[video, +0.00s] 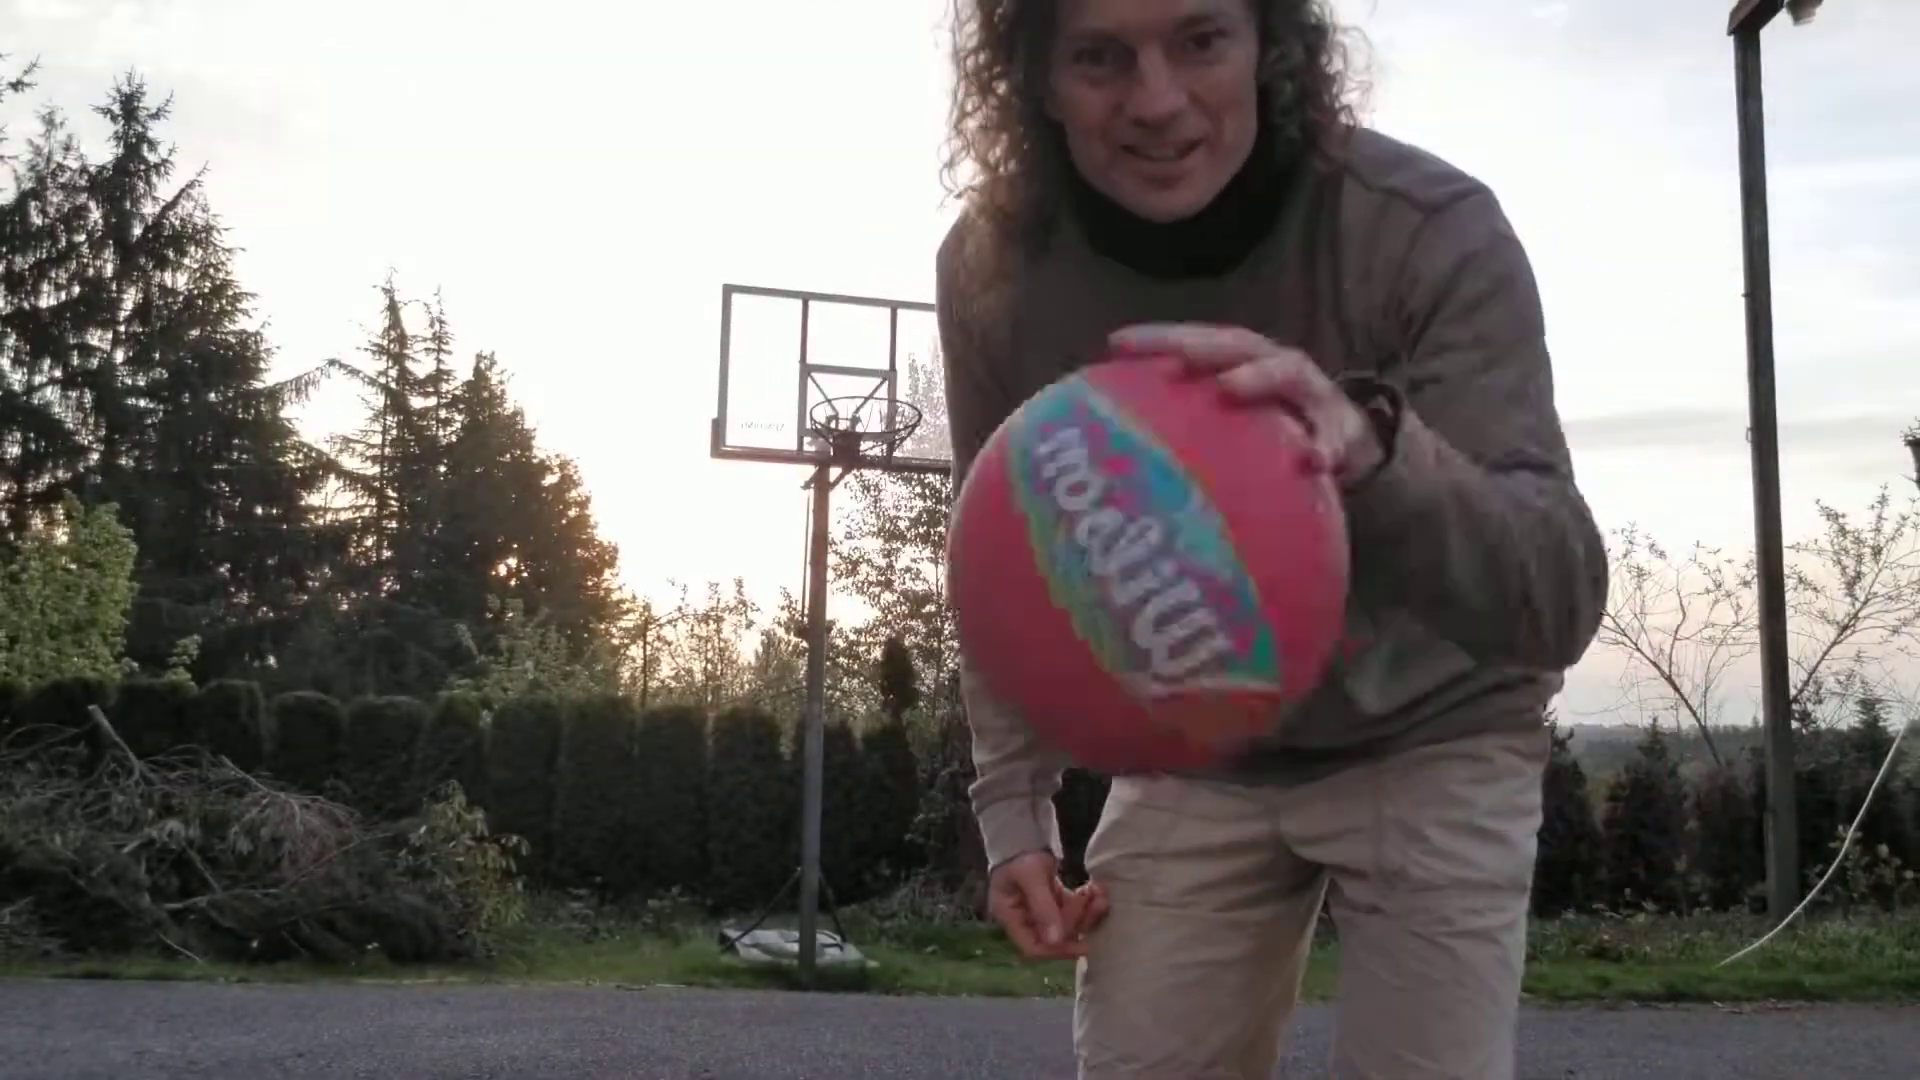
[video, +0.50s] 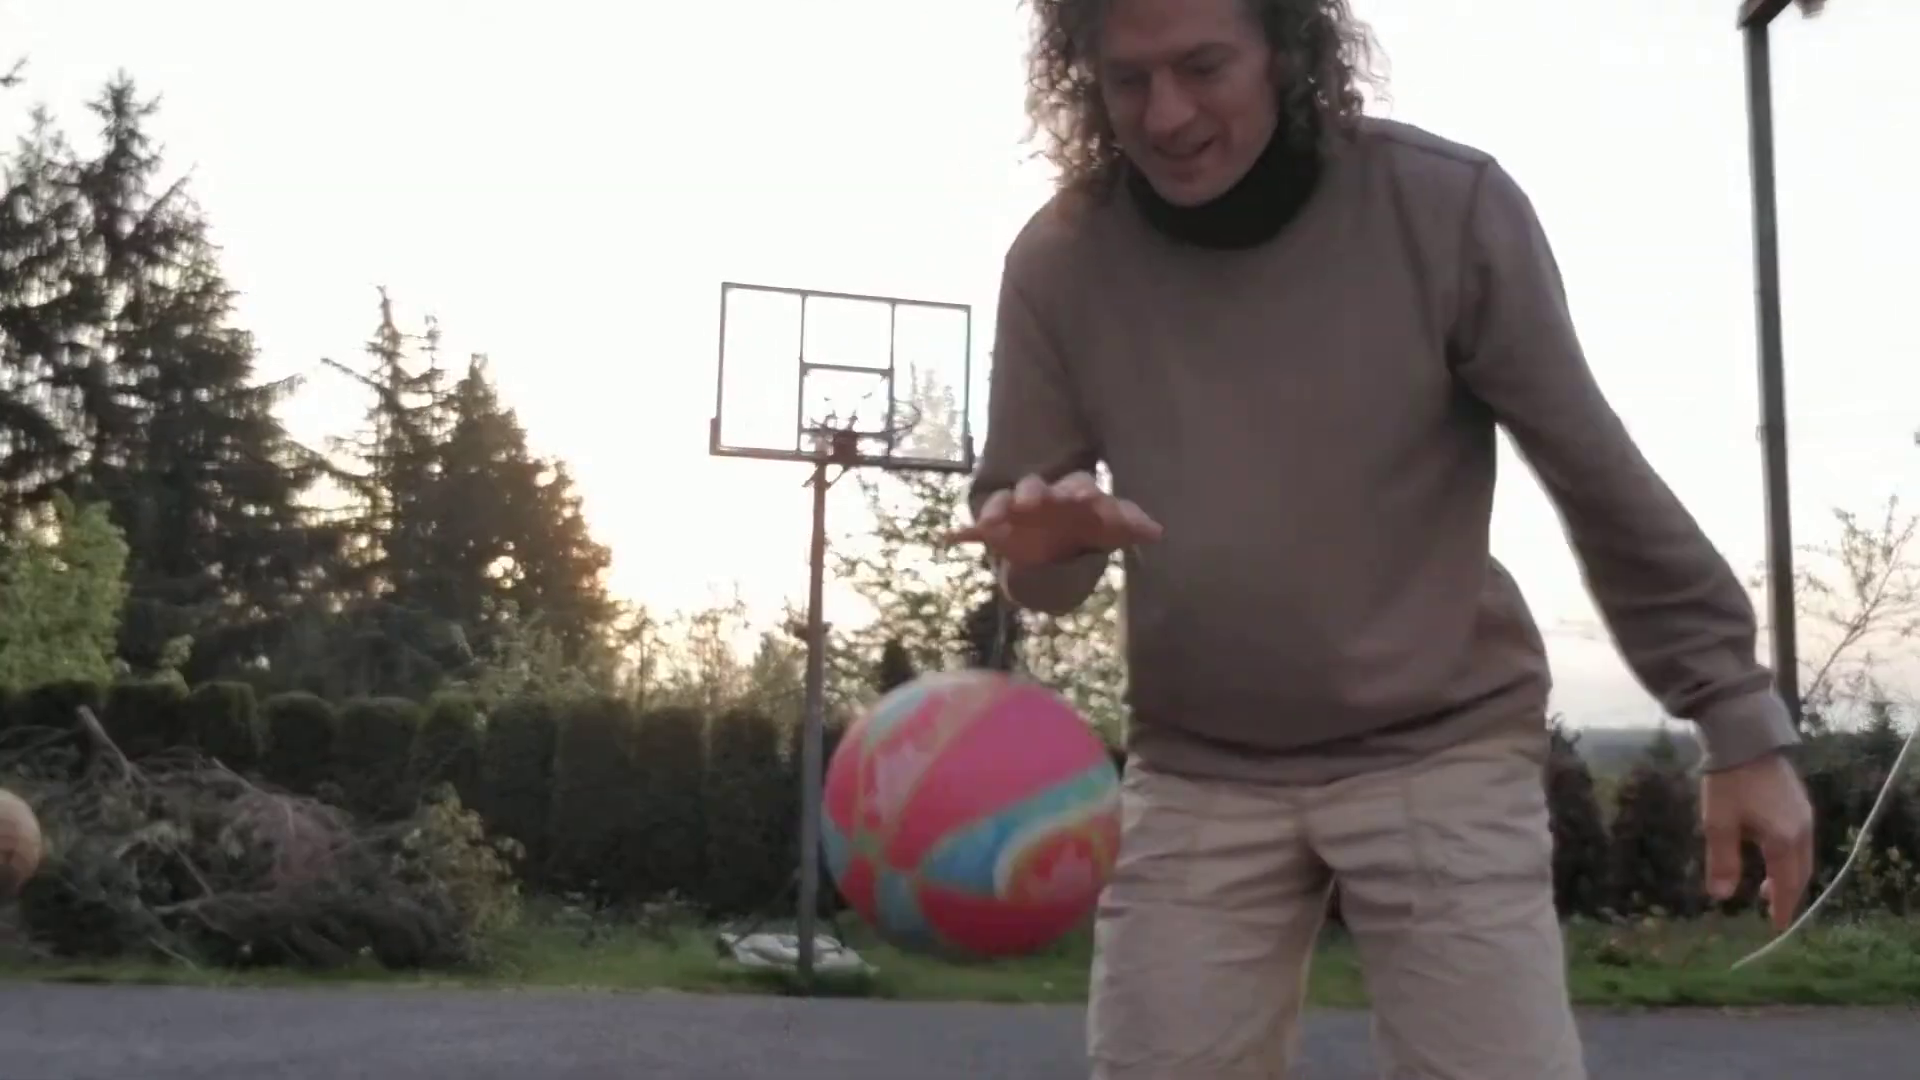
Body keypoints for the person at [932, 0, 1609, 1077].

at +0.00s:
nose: (1158, 105)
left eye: (1201, 41)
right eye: (1100, 58)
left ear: (1272, 43)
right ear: (1036, 79)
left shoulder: (1428, 231)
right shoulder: (998, 264)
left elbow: (1557, 595)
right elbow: (1002, 567)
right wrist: (1015, 812)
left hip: (1438, 751)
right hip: (1184, 763)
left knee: (1427, 1058)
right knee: (1137, 1057)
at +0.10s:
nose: (1135, 130)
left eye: (1178, 71)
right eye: (1087, 85)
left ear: (1259, 51)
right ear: (1039, 88)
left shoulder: (1419, 218)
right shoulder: (1020, 266)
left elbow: (1528, 554)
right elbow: (1039, 589)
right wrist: (1050, 852)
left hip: (1441, 757)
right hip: (1192, 770)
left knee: (1443, 1061)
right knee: (1166, 1065)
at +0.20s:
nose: (1123, 150)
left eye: (1163, 93)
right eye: (1077, 104)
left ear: (1249, 60)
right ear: (1034, 92)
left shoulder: (1413, 225)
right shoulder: (1034, 261)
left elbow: (1516, 582)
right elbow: (1055, 564)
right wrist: (1056, 792)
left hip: (1446, 773)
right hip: (1204, 782)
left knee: (1458, 1057)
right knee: (1145, 1055)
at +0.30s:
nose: (1126, 150)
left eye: (1164, 96)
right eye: (1080, 107)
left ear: (1253, 61)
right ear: (1037, 95)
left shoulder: (1424, 229)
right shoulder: (1043, 261)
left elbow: (1544, 556)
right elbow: (1060, 528)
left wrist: (1565, 876)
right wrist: (1066, 720)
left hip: (1445, 764)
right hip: (1203, 776)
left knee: (1480, 1056)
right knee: (1153, 1057)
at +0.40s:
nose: (1143, 138)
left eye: (1181, 87)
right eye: (1101, 99)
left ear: (1266, 54)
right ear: (1064, 93)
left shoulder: (1435, 219)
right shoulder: (1049, 262)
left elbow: (1569, 523)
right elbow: (1044, 499)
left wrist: (1675, 804)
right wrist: (1074, 596)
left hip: (1443, 762)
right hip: (1200, 775)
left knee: (1489, 1058)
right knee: (1157, 1057)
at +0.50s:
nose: (1168, 116)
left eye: (1206, 65)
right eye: (1127, 77)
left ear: (1287, 45)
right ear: (1086, 76)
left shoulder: (1447, 211)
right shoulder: (1060, 262)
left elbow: (1602, 484)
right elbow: (1040, 585)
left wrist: (1741, 729)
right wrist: (1052, 546)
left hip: (1442, 759)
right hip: (1196, 774)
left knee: (1504, 1061)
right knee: (1153, 1058)